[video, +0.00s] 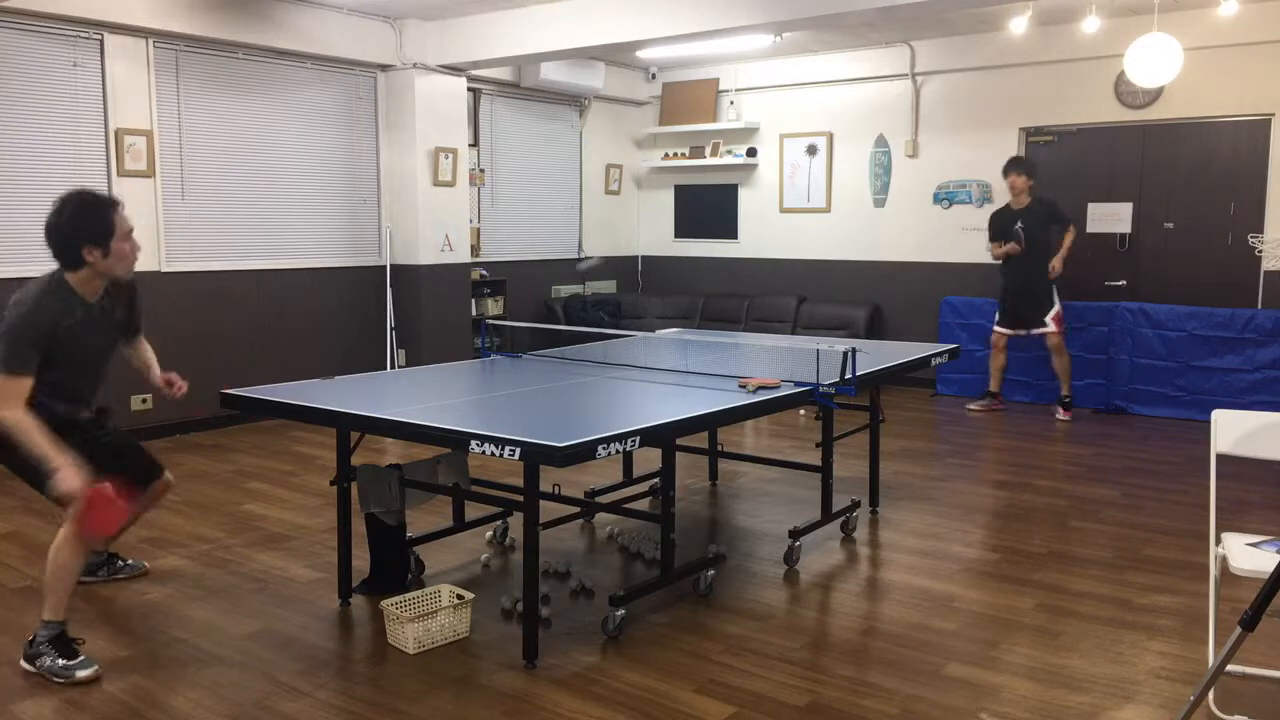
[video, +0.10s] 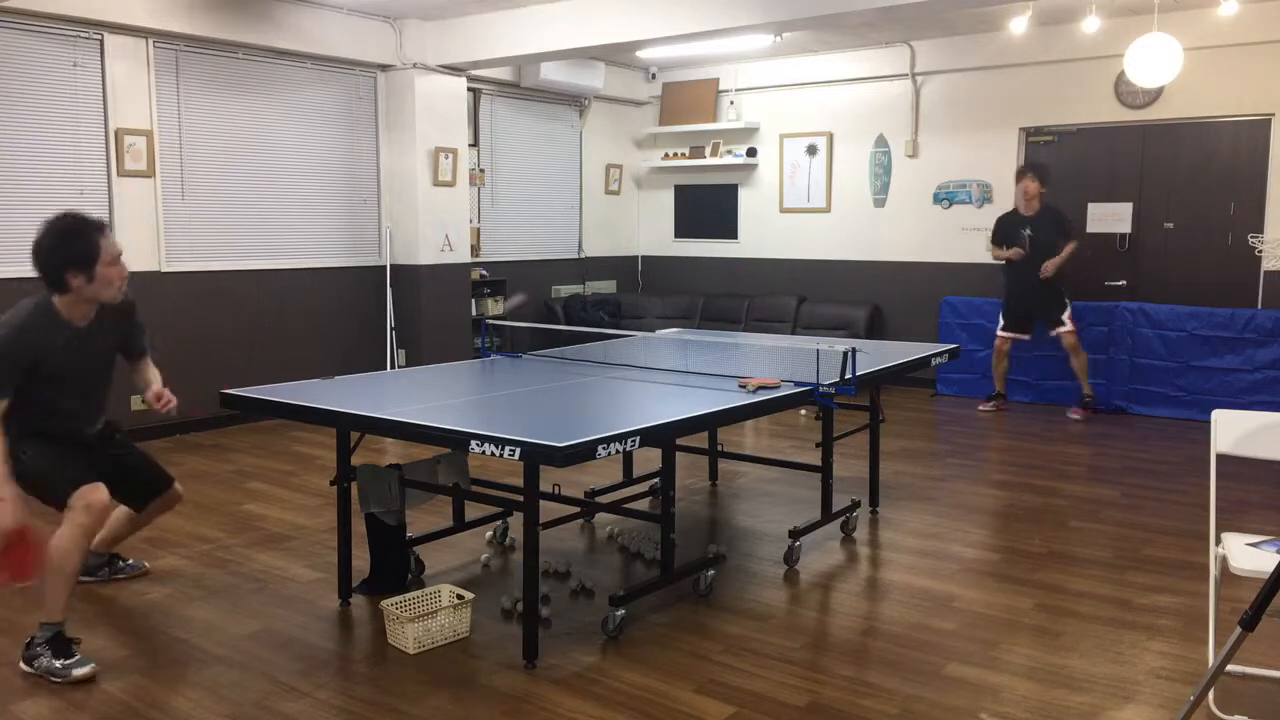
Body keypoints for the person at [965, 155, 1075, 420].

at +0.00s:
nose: (1013, 182)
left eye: (1018, 176)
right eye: (1009, 176)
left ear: (1029, 180)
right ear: (1004, 180)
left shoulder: (1045, 207)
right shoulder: (998, 216)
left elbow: (1070, 229)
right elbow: (994, 252)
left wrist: (1060, 257)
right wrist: (1005, 249)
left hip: (1042, 285)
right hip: (1011, 287)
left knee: (1055, 342)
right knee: (998, 341)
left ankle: (1065, 399)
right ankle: (993, 395)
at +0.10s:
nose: (1026, 189)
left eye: (1032, 184)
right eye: (1022, 183)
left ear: (1041, 188)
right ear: (1016, 187)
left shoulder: (1054, 216)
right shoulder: (1005, 221)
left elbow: (1072, 242)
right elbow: (995, 251)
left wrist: (1057, 261)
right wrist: (1008, 253)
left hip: (1049, 290)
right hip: (1016, 292)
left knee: (1071, 342)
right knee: (1000, 346)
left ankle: (1087, 395)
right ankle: (999, 395)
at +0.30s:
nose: (1048, 202)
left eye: (1054, 197)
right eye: (1045, 197)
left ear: (1064, 201)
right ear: (1040, 201)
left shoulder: (1078, 228)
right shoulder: (1032, 230)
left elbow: (1096, 257)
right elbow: (1023, 258)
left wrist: (1068, 274)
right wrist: (1033, 269)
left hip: (1070, 302)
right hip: (1037, 301)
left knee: (1098, 355)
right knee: (1006, 347)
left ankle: (1123, 404)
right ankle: (1000, 395)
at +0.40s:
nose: (1058, 204)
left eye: (1065, 199)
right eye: (1055, 199)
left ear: (1076, 204)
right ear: (1050, 203)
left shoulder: (1091, 231)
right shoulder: (1041, 233)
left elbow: (1108, 261)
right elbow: (1035, 259)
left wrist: (1079, 278)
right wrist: (1044, 273)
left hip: (1082, 302)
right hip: (1049, 301)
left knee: (1105, 354)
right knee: (1016, 346)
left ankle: (1124, 404)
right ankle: (1004, 395)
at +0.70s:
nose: (1070, 213)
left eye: (1077, 208)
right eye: (1067, 207)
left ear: (1088, 211)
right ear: (1062, 210)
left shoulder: (1101, 236)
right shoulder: (1051, 235)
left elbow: (1111, 265)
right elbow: (1034, 268)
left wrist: (1091, 280)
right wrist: (1054, 283)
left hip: (1088, 303)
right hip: (1053, 301)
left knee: (1110, 352)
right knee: (1023, 349)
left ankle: (1125, 404)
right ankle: (1012, 396)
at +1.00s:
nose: (1055, 230)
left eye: (1055, 224)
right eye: (1051, 227)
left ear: (1065, 215)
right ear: (1053, 224)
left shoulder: (1093, 230)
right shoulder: (1071, 240)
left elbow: (1129, 247)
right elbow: (1082, 269)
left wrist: (1106, 277)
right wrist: (1059, 271)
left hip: (1111, 303)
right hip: (1088, 302)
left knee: (1099, 360)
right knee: (1061, 346)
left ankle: (1122, 405)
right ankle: (1025, 392)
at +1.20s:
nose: (1046, 224)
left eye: (1049, 218)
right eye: (1043, 221)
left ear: (1065, 214)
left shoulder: (1080, 230)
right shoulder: (1077, 240)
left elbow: (1116, 230)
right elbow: (1109, 275)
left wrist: (1131, 261)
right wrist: (1102, 313)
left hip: (1140, 284)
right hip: (1129, 287)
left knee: (1136, 345)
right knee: (1131, 344)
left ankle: (1148, 408)